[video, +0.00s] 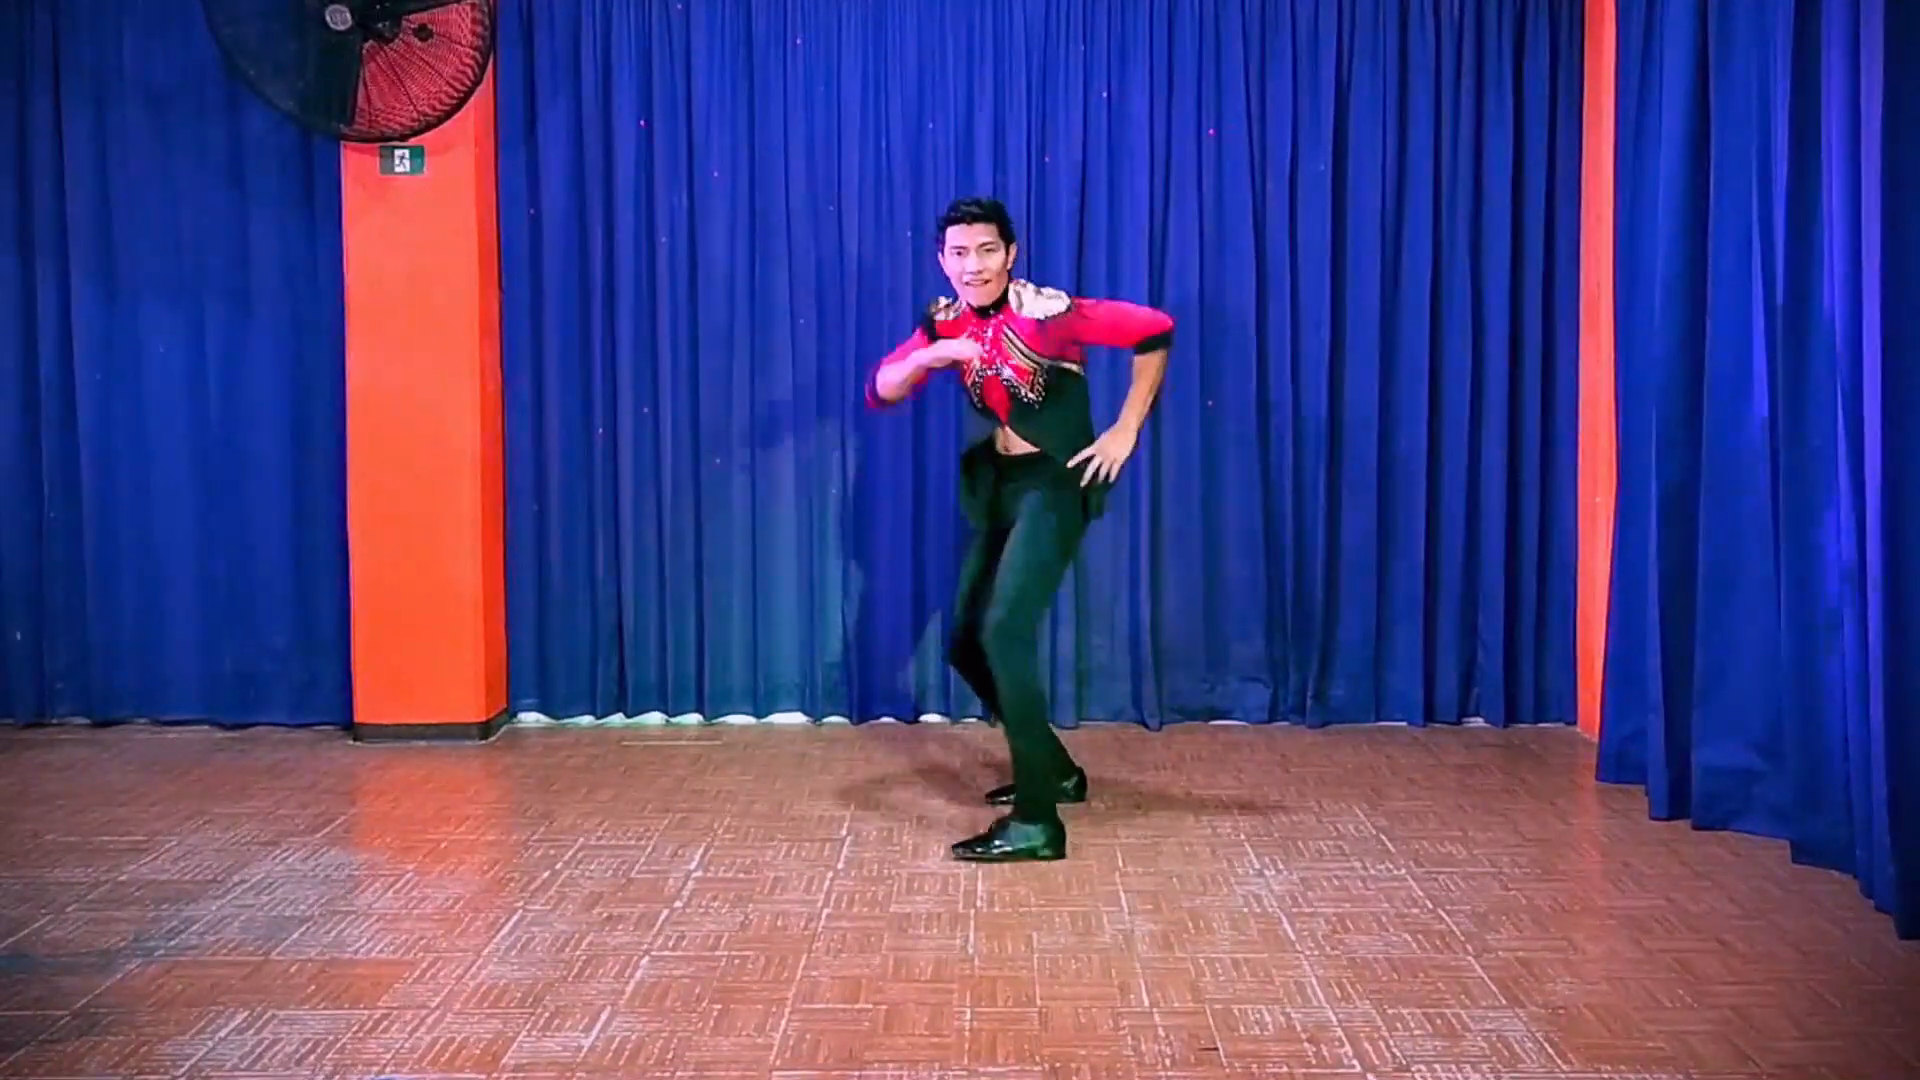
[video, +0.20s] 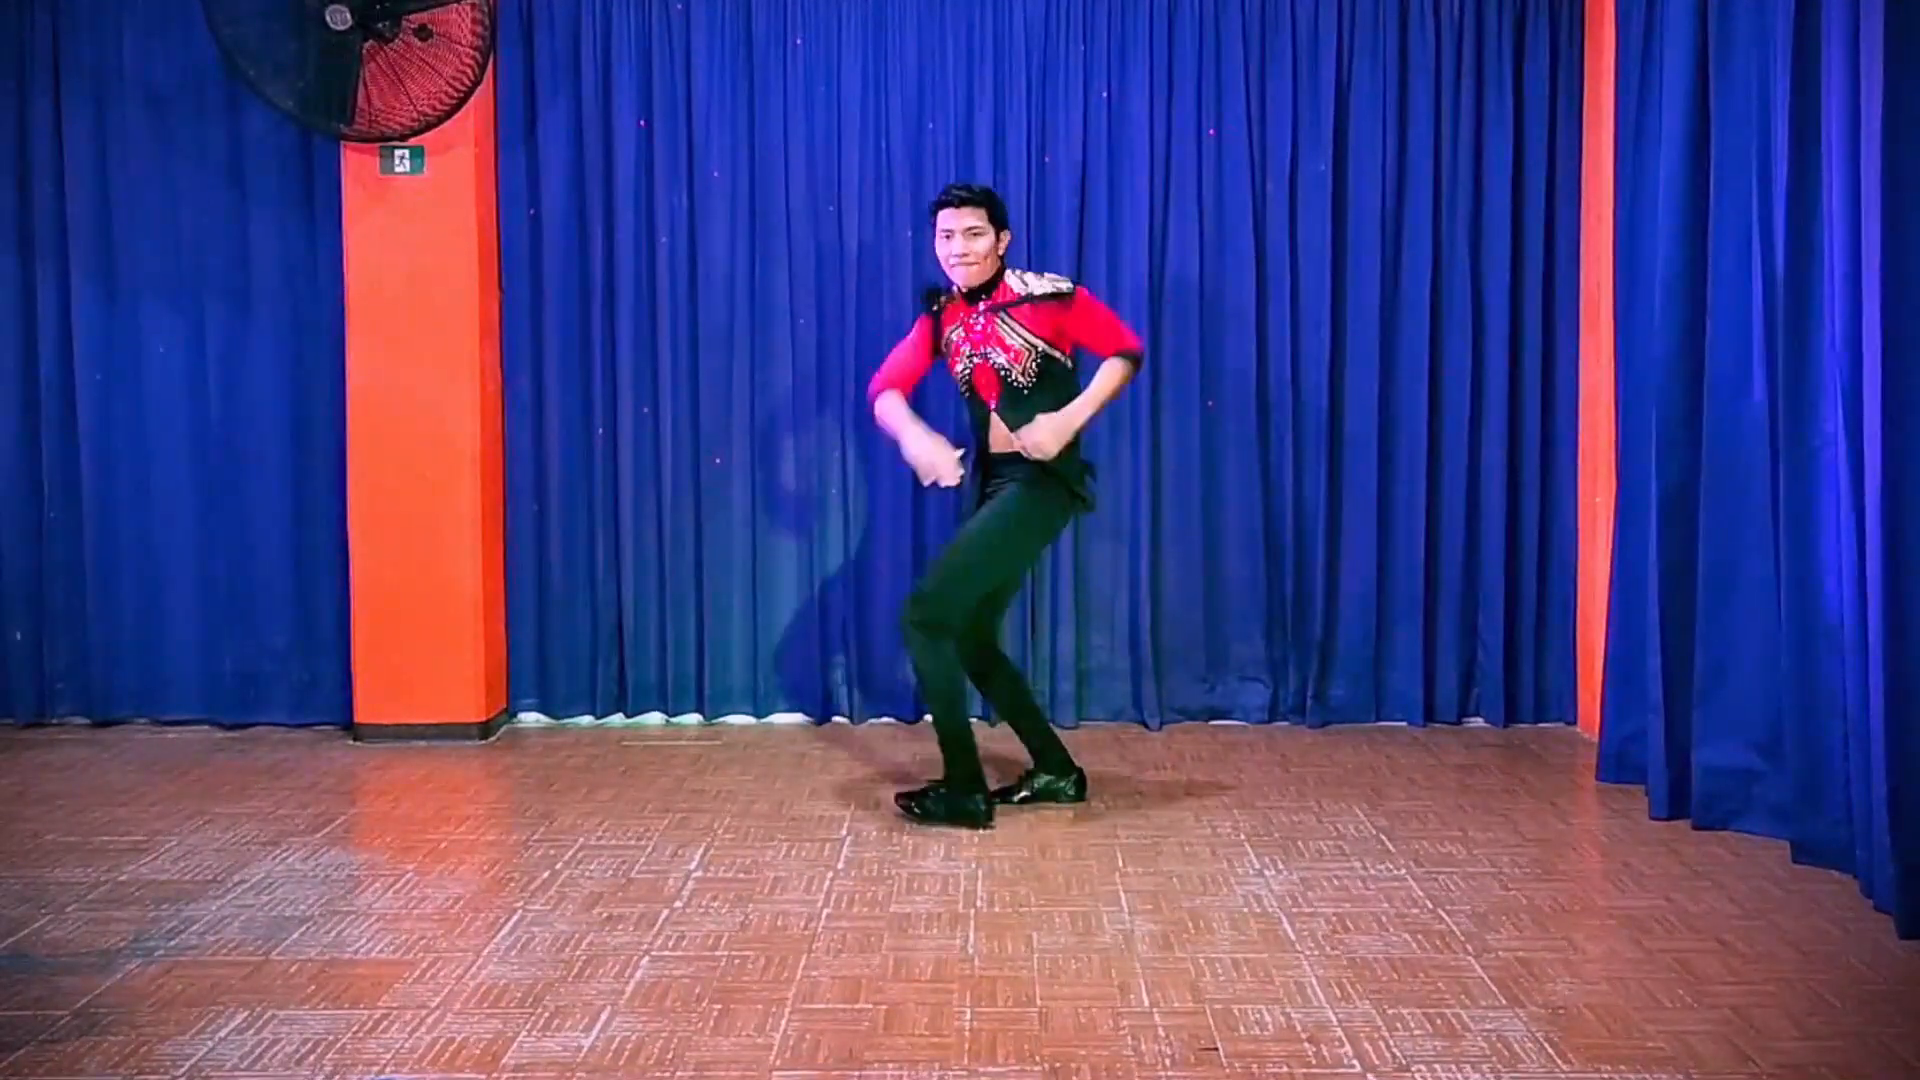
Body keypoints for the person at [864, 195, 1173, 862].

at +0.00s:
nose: (973, 264)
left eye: (986, 250)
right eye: (959, 252)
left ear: (1011, 255)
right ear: (945, 260)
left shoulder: (1046, 317)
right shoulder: (947, 324)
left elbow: (1154, 331)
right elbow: (881, 389)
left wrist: (1128, 428)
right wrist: (931, 356)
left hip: (1060, 483)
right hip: (1003, 485)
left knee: (1004, 631)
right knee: (966, 643)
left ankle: (1035, 822)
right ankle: (1056, 771)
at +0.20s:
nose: (961, 246)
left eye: (974, 233)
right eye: (948, 235)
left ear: (1002, 240)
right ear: (936, 244)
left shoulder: (1046, 296)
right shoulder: (942, 319)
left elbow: (1126, 352)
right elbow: (885, 391)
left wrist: (1068, 419)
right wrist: (920, 440)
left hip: (1042, 483)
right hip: (995, 486)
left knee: (929, 612)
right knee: (972, 638)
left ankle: (964, 789)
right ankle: (1057, 770)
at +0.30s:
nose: (918, 244)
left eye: (933, 231)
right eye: (915, 231)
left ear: (974, 242)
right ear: (915, 241)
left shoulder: (1011, 311)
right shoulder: (935, 321)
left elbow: (1046, 408)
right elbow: (952, 426)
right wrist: (907, 487)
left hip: (1017, 490)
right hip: (988, 487)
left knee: (921, 626)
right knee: (973, 635)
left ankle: (961, 790)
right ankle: (1056, 769)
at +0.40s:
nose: (893, 245)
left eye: (903, 233)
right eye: (896, 232)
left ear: (938, 241)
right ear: (941, 241)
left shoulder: (942, 302)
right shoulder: (977, 293)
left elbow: (968, 394)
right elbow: (998, 407)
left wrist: (888, 423)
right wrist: (952, 476)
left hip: (1000, 495)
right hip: (1027, 494)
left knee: (915, 629)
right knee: (965, 634)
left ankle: (960, 790)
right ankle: (1057, 768)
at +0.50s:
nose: (898, 242)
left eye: (898, 236)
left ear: (902, 243)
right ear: (967, 236)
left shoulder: (896, 304)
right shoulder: (1017, 285)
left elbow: (849, 394)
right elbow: (1088, 363)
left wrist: (888, 464)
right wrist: (1041, 442)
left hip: (953, 507)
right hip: (1023, 500)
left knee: (900, 634)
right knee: (944, 623)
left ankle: (959, 791)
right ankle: (1022, 743)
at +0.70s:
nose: (1001, 228)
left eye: (1001, 216)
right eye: (989, 215)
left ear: (960, 226)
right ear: (947, 223)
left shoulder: (949, 283)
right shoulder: (934, 284)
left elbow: (947, 398)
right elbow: (931, 393)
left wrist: (967, 495)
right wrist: (1000, 462)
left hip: (935, 489)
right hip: (917, 490)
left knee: (977, 625)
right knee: (947, 647)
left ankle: (969, 789)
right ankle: (821, 781)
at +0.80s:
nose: (991, 226)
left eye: (996, 215)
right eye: (978, 211)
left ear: (994, 227)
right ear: (937, 217)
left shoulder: (979, 305)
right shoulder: (899, 288)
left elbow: (996, 411)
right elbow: (907, 389)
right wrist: (971, 394)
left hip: (955, 494)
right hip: (900, 497)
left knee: (1004, 623)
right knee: (914, 652)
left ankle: (968, 791)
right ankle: (812, 775)